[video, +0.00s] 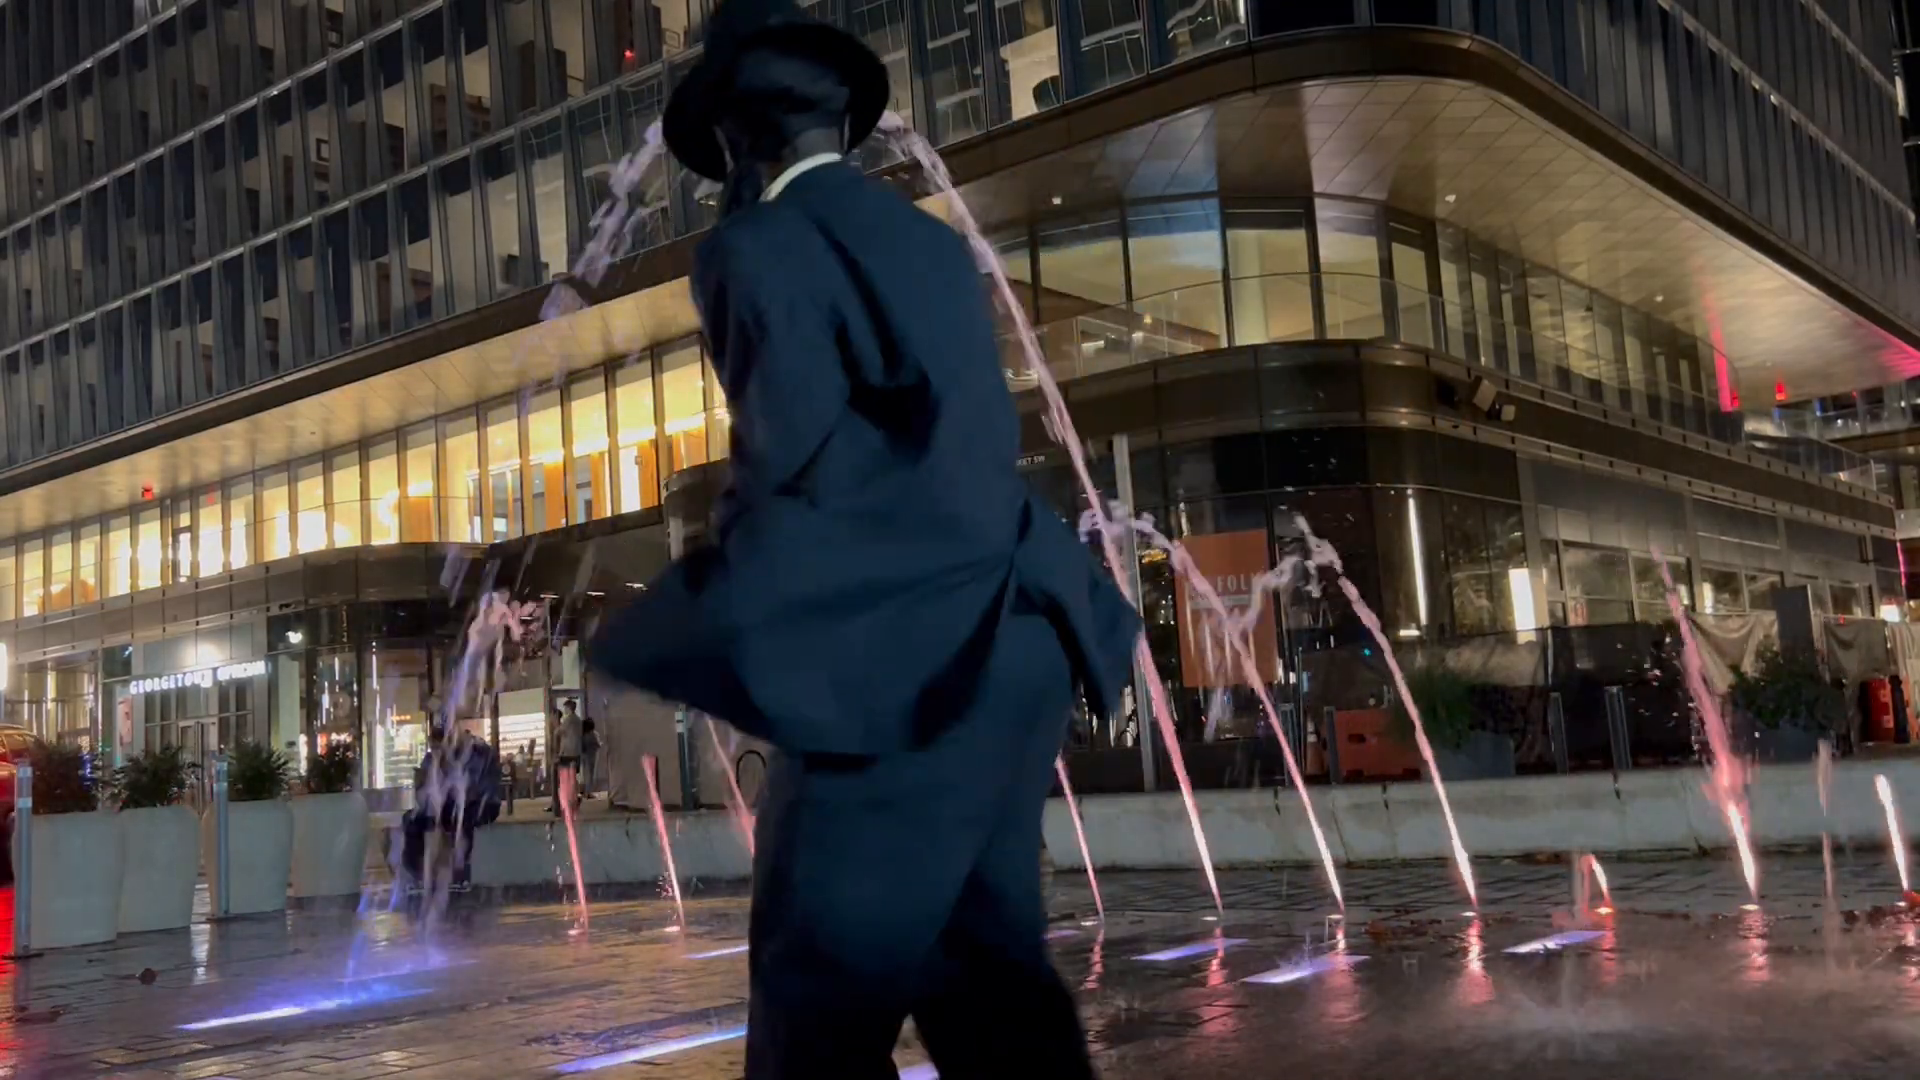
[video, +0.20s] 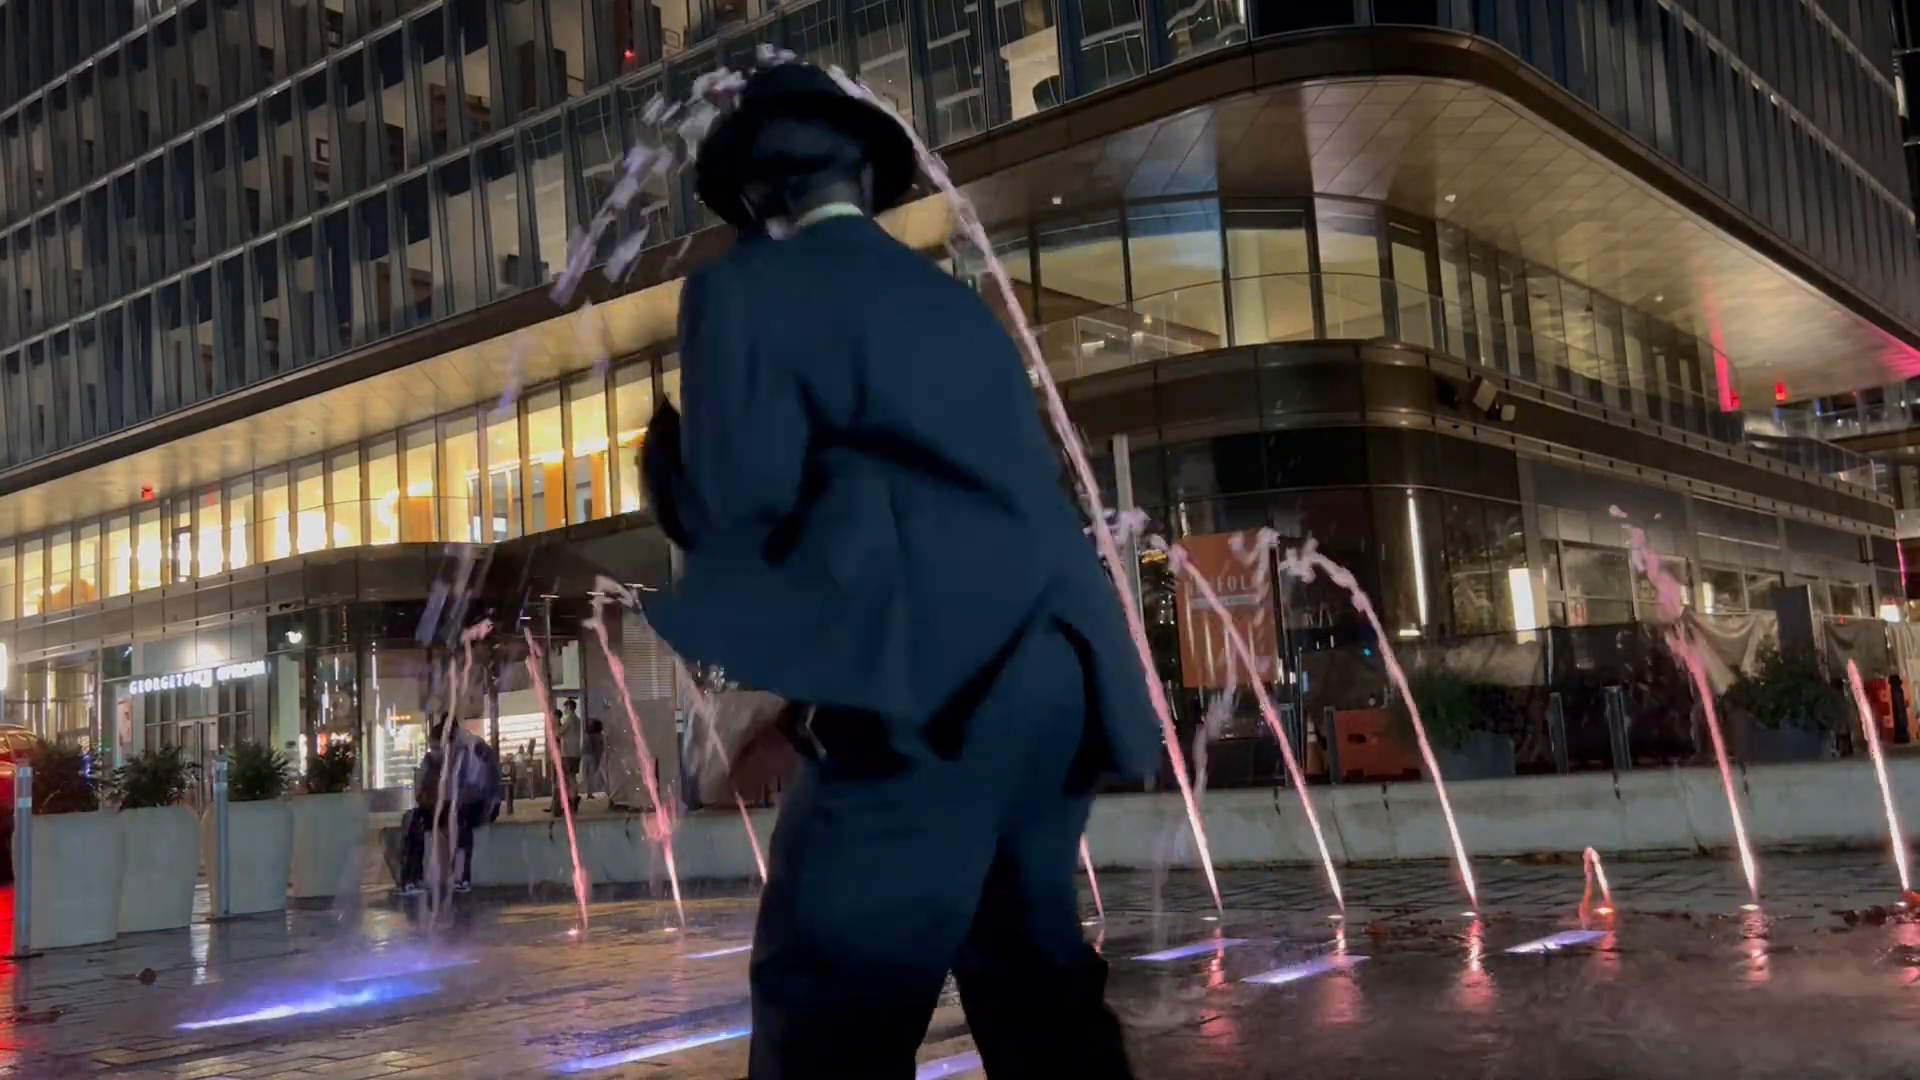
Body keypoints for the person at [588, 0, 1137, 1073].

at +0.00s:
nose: (721, 161)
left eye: (719, 136)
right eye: (718, 139)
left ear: (736, 133)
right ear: (849, 122)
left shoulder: (756, 240)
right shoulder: (935, 237)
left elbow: (787, 433)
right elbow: (979, 450)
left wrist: (715, 572)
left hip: (887, 680)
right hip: (1006, 659)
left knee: (814, 1008)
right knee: (992, 980)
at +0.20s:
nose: (733, 229)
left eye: (735, 210)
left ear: (754, 202)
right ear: (868, 187)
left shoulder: (746, 284)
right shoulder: (951, 297)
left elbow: (740, 502)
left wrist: (671, 438)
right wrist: (797, 715)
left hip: (920, 682)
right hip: (1057, 675)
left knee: (821, 1012)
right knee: (1037, 997)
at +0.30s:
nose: (786, 244)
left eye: (790, 225)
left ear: (799, 234)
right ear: (913, 223)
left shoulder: (778, 313)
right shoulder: (995, 325)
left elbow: (795, 520)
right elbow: (1076, 514)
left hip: (932, 723)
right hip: (1074, 721)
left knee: (849, 1029)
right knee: (1073, 1003)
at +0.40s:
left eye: (841, 255)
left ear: (852, 254)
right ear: (970, 246)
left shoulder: (834, 322)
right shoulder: (1061, 328)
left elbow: (827, 463)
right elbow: (1151, 468)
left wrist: (790, 566)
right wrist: (1105, 575)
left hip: (967, 701)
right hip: (1119, 690)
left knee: (918, 1021)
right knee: (1106, 993)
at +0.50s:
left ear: (904, 261)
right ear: (1035, 251)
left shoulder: (868, 332)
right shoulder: (1130, 330)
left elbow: (806, 495)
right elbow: (1227, 502)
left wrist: (814, 617)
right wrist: (1121, 566)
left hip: (974, 693)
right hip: (1143, 691)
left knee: (965, 999)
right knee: (1133, 994)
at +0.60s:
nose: (1045, 266)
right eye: (1055, 253)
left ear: (953, 267)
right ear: (1070, 265)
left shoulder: (891, 348)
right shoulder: (1151, 362)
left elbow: (893, 536)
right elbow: (1181, 528)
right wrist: (1115, 616)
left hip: (992, 672)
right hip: (1147, 665)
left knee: (1038, 964)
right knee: (1146, 952)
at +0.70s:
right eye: (1065, 274)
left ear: (961, 277)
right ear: (1074, 281)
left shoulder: (918, 350)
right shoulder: (1152, 385)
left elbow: (935, 485)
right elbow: (1143, 536)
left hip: (1034, 695)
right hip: (1165, 696)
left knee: (1062, 970)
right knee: (1161, 975)